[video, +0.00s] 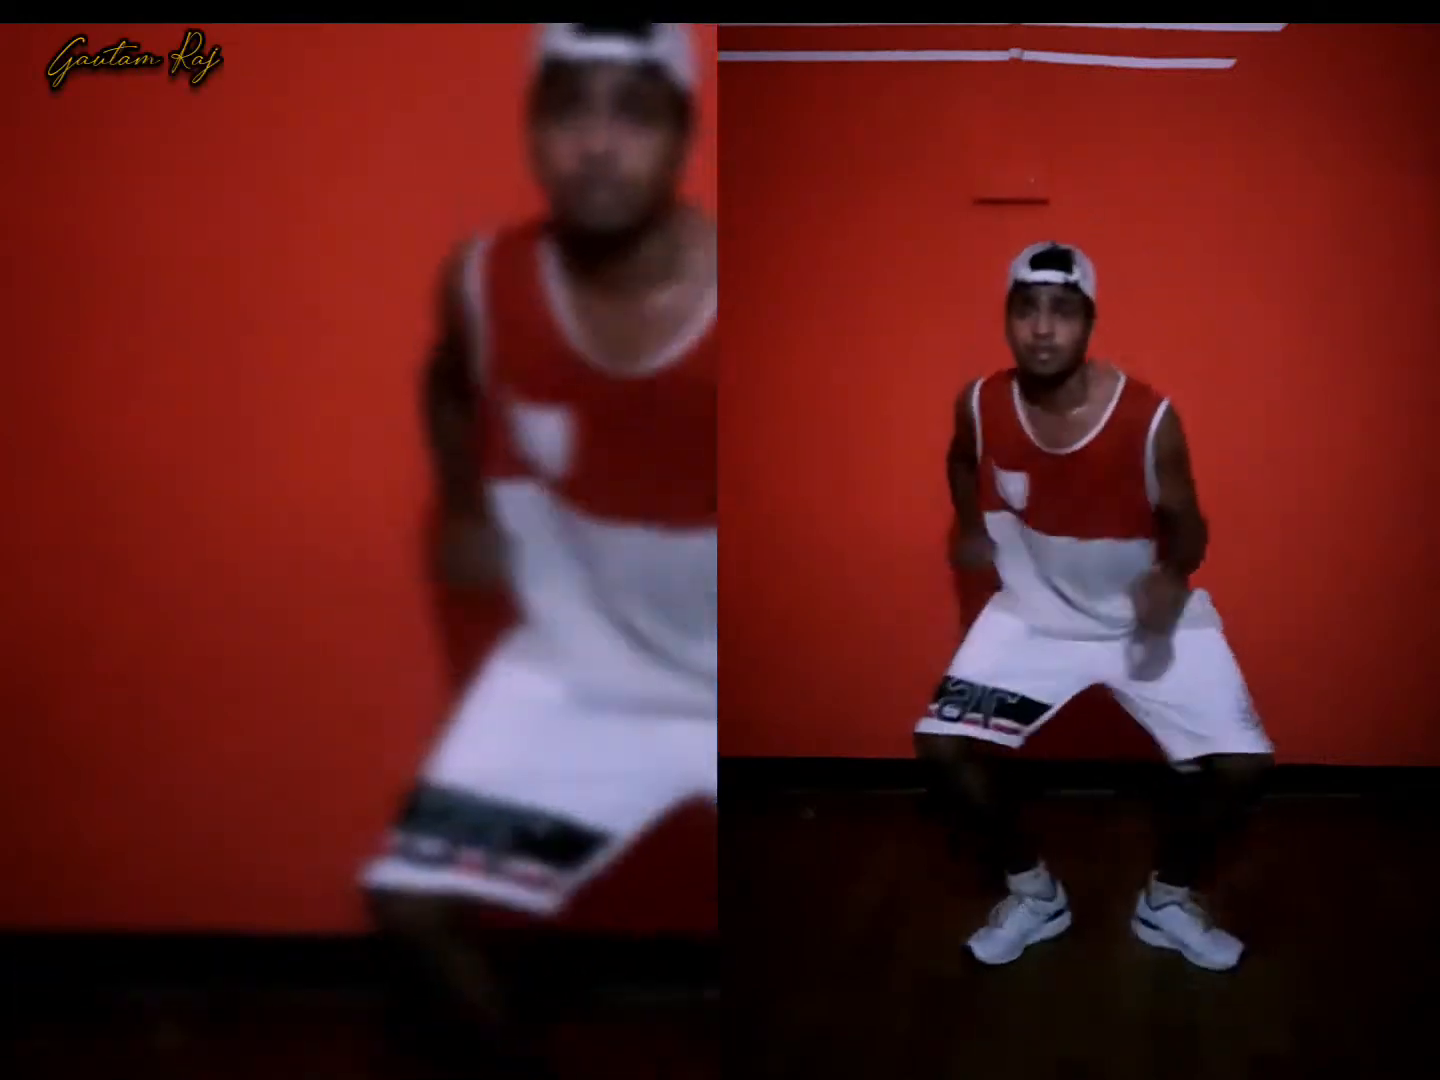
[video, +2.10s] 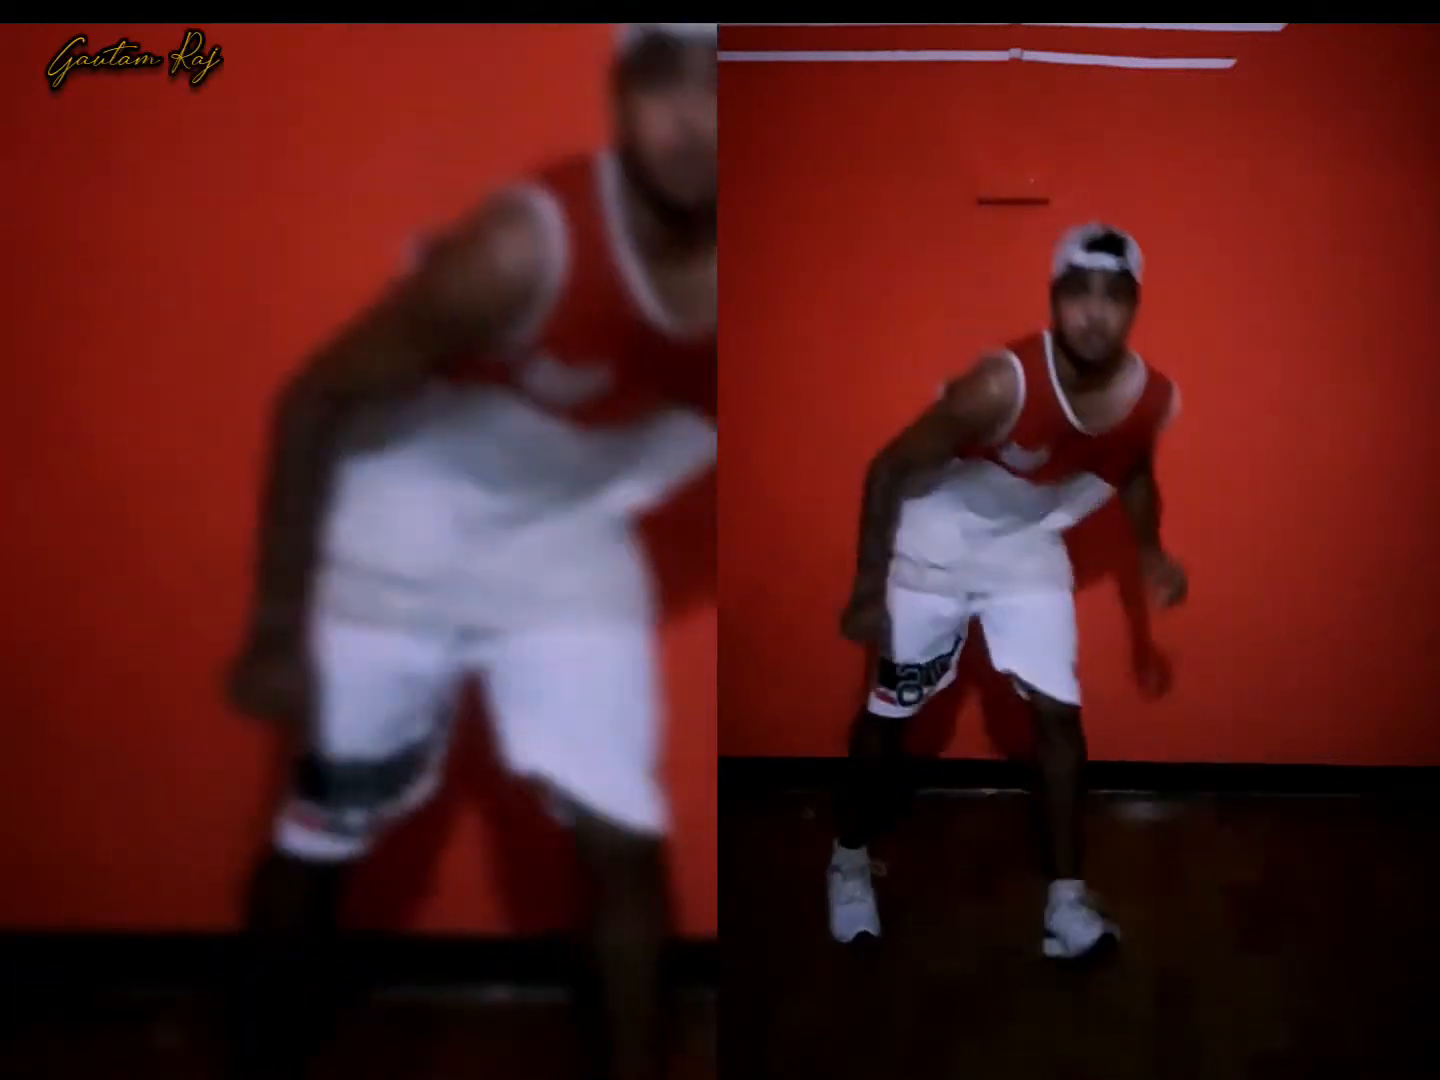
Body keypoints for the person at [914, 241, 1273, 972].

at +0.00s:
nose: (1042, 330)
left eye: (1062, 315)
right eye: (1027, 313)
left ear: (1089, 326)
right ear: (1008, 324)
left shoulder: (1148, 419)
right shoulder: (981, 407)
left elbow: (1187, 525)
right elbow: (963, 467)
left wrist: (1168, 581)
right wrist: (972, 530)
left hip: (1147, 616)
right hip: (1032, 614)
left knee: (1236, 763)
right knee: (948, 745)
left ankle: (1167, 899)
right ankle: (1032, 893)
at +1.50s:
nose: (987, 317)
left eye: (1005, 301)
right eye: (973, 300)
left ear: (1034, 309)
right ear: (956, 311)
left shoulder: (1103, 378)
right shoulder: (934, 408)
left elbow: (1154, 433)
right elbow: (897, 487)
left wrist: (1131, 524)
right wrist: (950, 533)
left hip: (1107, 575)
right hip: (1001, 585)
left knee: (1184, 709)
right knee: (974, 740)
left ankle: (1151, 874)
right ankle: (1029, 885)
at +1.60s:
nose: (958, 263)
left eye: (975, 245)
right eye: (943, 246)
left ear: (1006, 250)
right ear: (927, 260)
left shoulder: (1070, 307)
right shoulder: (923, 374)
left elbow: (1104, 412)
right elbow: (918, 512)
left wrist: (1119, 506)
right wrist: (977, 499)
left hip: (1090, 563)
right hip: (993, 578)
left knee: (1136, 713)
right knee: (982, 743)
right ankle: (1030, 883)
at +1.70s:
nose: (949, 269)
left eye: (965, 253)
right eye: (933, 254)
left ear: (990, 259)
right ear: (916, 266)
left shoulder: (1037, 318)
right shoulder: (914, 373)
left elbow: (1060, 420)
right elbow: (963, 516)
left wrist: (1108, 487)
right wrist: (992, 433)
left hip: (1072, 572)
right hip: (986, 579)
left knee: (1050, 742)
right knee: (981, 745)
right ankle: (992, 878)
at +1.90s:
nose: (1002, 284)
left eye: (1020, 269)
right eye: (988, 266)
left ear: (1043, 278)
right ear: (968, 271)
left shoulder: (1060, 357)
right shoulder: (928, 351)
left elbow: (1060, 461)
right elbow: (908, 489)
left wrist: (1122, 484)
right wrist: (950, 475)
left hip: (1028, 590)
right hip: (945, 583)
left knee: (993, 772)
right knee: (940, 761)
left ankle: (917, 835)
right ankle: (870, 862)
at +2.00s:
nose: (1045, 270)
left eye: (1063, 255)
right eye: (1031, 251)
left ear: (1086, 266)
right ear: (1008, 259)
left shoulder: (1099, 348)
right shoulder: (963, 337)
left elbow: (1089, 440)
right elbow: (880, 460)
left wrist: (1146, 494)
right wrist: (904, 542)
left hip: (1023, 566)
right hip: (932, 559)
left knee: (1048, 719)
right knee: (911, 738)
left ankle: (960, 817)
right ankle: (861, 860)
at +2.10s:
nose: (1094, 314)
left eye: (1112, 297)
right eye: (1078, 295)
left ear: (1135, 309)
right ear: (1054, 303)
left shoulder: (1149, 400)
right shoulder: (1000, 387)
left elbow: (1134, 473)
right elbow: (888, 472)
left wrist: (1152, 550)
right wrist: (869, 588)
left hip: (1032, 540)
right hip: (936, 526)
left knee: (1058, 712)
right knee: (896, 703)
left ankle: (1066, 897)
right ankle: (850, 864)